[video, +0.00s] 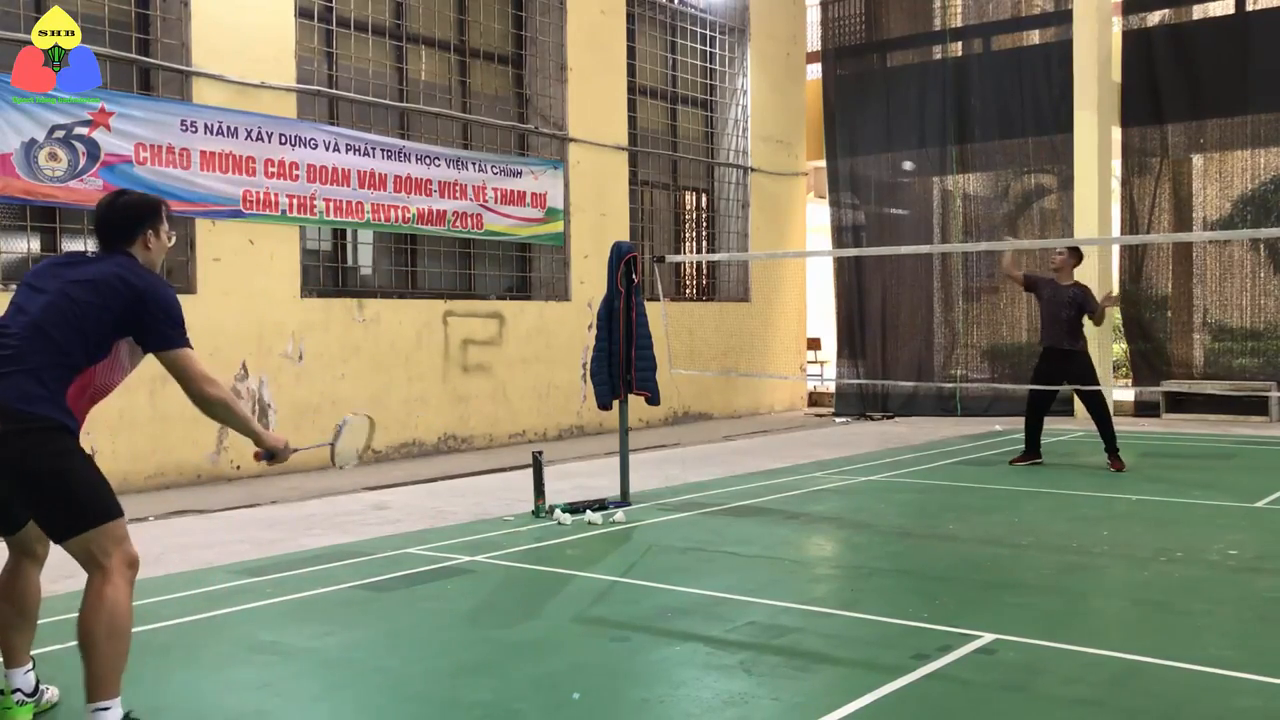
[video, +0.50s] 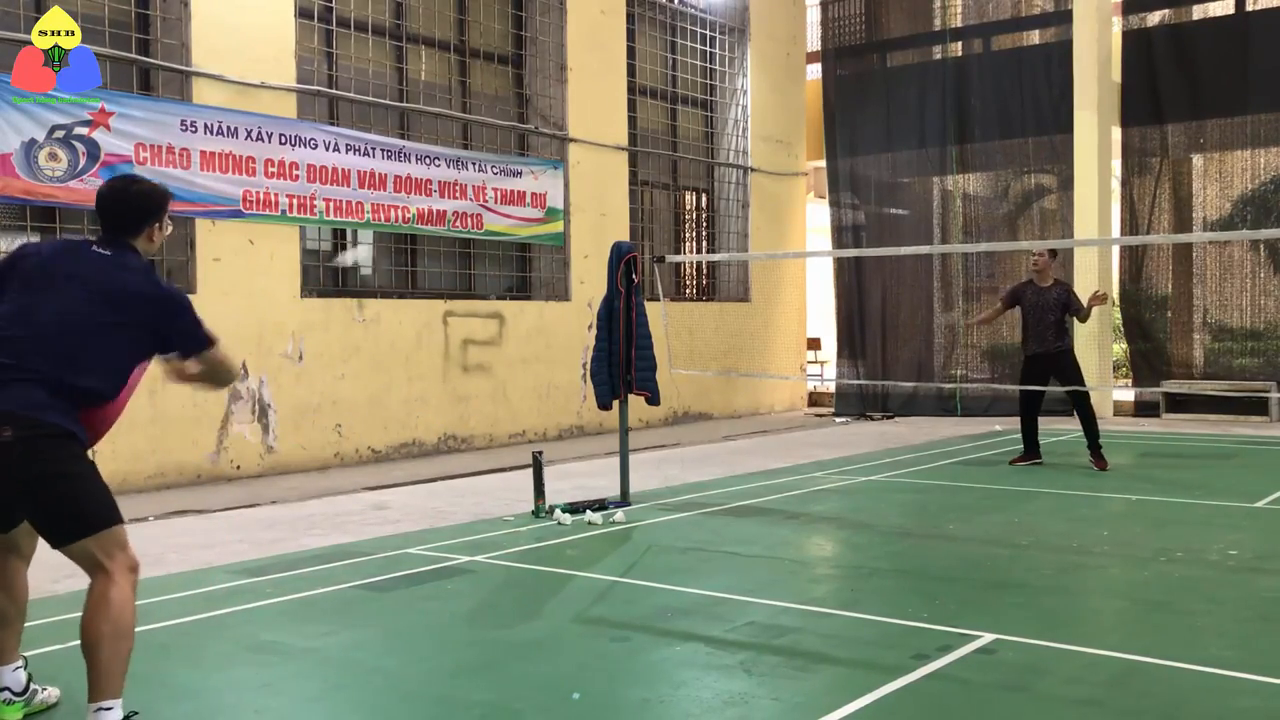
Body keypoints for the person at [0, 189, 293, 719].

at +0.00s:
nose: (168, 241)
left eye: (167, 230)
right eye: (166, 230)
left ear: (106, 235)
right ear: (148, 236)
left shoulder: (48, 266)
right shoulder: (145, 289)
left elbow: (21, 345)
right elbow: (202, 389)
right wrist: (260, 435)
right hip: (32, 424)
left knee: (27, 549)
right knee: (114, 561)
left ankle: (19, 688)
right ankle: (105, 712)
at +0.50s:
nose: (168, 231)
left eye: (168, 221)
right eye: (166, 222)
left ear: (101, 220)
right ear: (152, 229)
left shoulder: (30, 256)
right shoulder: (152, 294)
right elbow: (224, 369)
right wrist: (192, 371)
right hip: (41, 435)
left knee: (14, 548)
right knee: (115, 566)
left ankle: (9, 681)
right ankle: (106, 711)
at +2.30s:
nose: (160, 165)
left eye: (157, 154)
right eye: (155, 155)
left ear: (94, 167)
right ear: (134, 165)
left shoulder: (40, 224)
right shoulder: (142, 242)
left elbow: (5, 305)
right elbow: (210, 335)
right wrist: (264, 334)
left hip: (13, 420)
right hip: (80, 425)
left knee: (9, 559)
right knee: (149, 559)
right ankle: (167, 706)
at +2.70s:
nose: (213, 130)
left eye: (210, 118)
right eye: (208, 120)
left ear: (140, 134)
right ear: (195, 133)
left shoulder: (92, 190)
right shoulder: (219, 225)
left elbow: (18, 229)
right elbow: (316, 296)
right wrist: (390, 307)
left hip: (53, 399)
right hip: (136, 418)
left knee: (12, 533)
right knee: (173, 552)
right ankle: (172, 705)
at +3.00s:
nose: (168, 164)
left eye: (165, 152)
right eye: (164, 154)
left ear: (100, 164)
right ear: (145, 162)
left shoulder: (44, 228)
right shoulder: (157, 249)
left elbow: (13, 290)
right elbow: (246, 335)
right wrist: (323, 361)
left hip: (23, 436)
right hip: (106, 437)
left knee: (19, 593)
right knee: (208, 538)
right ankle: (185, 690)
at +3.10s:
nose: (166, 172)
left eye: (165, 160)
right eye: (162, 161)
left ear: (99, 169)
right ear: (141, 168)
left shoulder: (44, 232)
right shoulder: (157, 252)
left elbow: (5, 304)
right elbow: (231, 346)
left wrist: (60, 331)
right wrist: (297, 369)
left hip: (24, 438)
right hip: (103, 440)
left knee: (26, 586)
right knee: (203, 541)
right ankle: (203, 687)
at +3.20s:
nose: (180, 165)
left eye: (177, 154)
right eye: (176, 155)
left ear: (114, 166)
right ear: (158, 165)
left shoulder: (61, 226)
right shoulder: (170, 245)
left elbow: (6, 304)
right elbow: (231, 345)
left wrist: (59, 342)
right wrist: (274, 347)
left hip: (35, 432)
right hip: (118, 433)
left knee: (31, 579)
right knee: (194, 547)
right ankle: (217, 684)